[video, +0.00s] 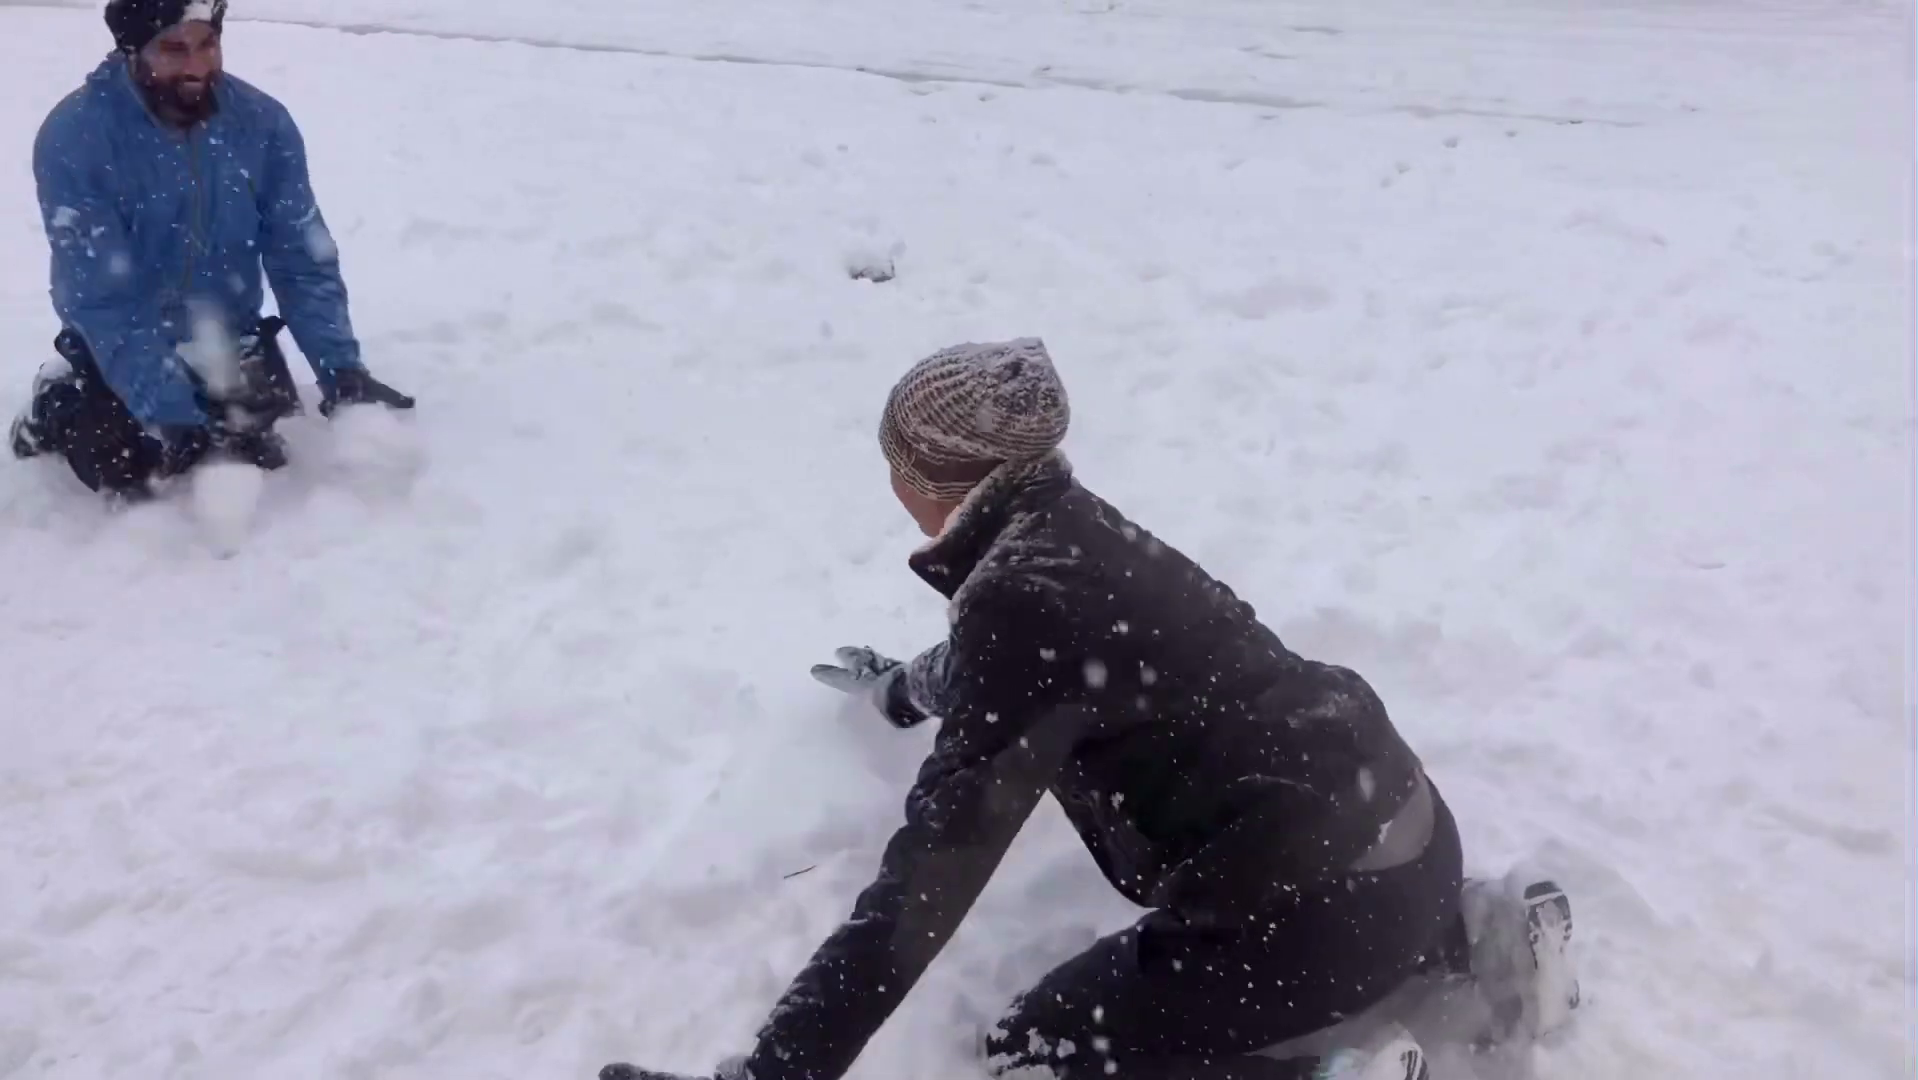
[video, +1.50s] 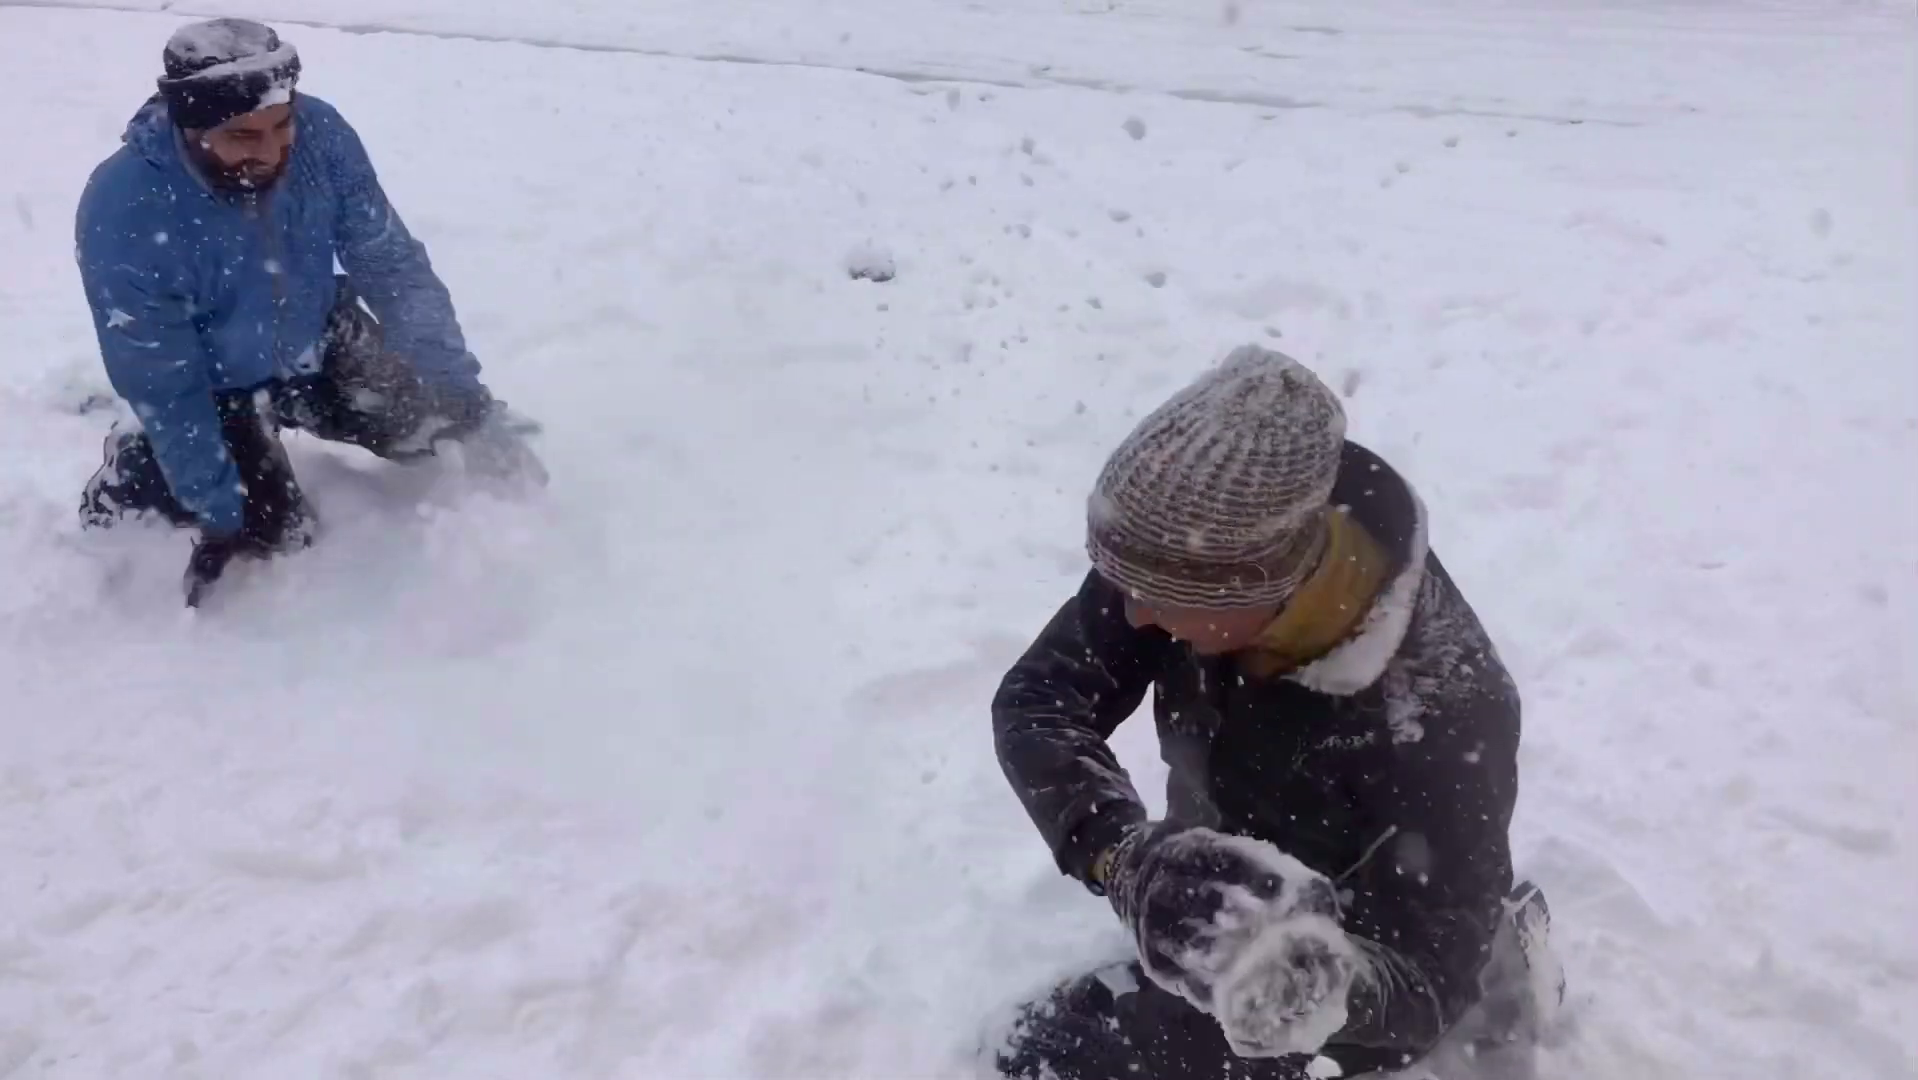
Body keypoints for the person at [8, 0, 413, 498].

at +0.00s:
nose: (197, 67)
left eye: (207, 45)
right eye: (175, 50)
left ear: (221, 40)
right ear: (134, 51)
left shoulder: (262, 124)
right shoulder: (76, 136)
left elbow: (304, 262)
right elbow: (99, 300)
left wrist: (343, 372)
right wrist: (180, 424)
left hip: (231, 331)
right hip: (128, 336)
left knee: (263, 420)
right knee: (139, 473)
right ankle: (60, 407)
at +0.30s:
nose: (205, 5)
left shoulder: (264, 57)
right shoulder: (79, 87)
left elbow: (330, 191)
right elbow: (97, 262)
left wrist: (391, 301)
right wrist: (134, 404)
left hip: (260, 315)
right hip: (160, 326)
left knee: (286, 442)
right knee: (201, 458)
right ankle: (92, 418)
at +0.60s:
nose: (218, 25)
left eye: (227, 4)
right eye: (194, 8)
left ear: (241, 4)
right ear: (149, 11)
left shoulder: (264, 74)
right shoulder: (101, 121)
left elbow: (321, 214)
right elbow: (103, 301)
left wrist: (368, 334)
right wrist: (123, 443)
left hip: (274, 344)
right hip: (185, 364)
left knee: (310, 481)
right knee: (273, 512)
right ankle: (141, 477)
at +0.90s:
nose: (245, 115)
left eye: (257, 89)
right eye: (220, 96)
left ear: (269, 76)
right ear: (175, 92)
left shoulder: (288, 131)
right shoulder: (111, 183)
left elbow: (327, 268)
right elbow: (147, 380)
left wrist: (371, 375)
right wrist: (236, 513)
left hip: (271, 366)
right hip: (185, 394)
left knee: (312, 466)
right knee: (289, 541)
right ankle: (140, 485)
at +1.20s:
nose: (256, 148)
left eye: (269, 124)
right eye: (231, 129)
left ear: (285, 111)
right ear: (185, 123)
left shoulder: (311, 174)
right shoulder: (98, 194)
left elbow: (352, 320)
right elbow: (94, 367)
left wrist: (387, 453)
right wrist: (167, 495)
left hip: (281, 365)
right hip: (186, 397)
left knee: (341, 409)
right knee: (281, 528)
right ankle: (146, 490)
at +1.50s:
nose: (270, 151)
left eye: (282, 126)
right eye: (243, 136)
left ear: (293, 108)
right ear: (191, 128)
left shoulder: (317, 136)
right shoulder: (123, 213)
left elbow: (394, 270)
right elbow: (164, 387)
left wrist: (466, 406)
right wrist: (221, 522)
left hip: (312, 341)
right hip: (211, 387)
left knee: (437, 431)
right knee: (278, 529)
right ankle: (140, 471)